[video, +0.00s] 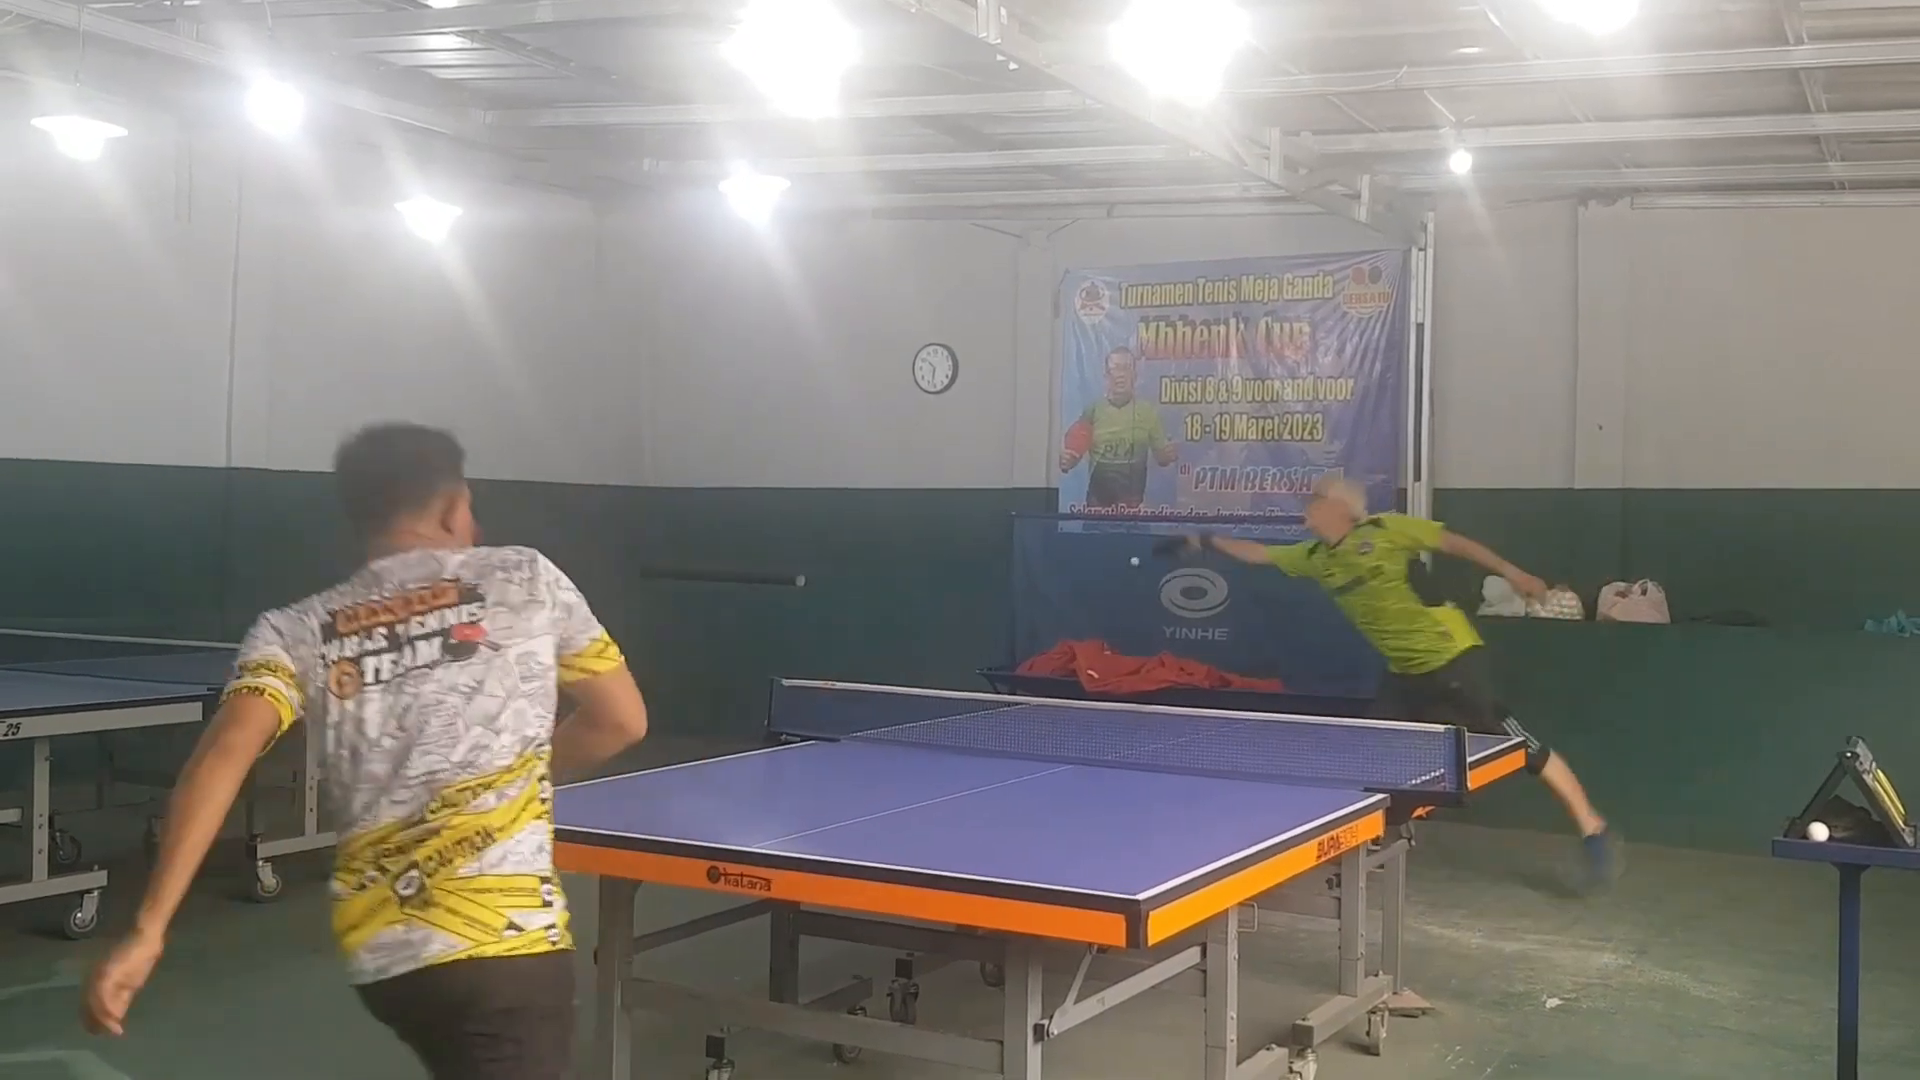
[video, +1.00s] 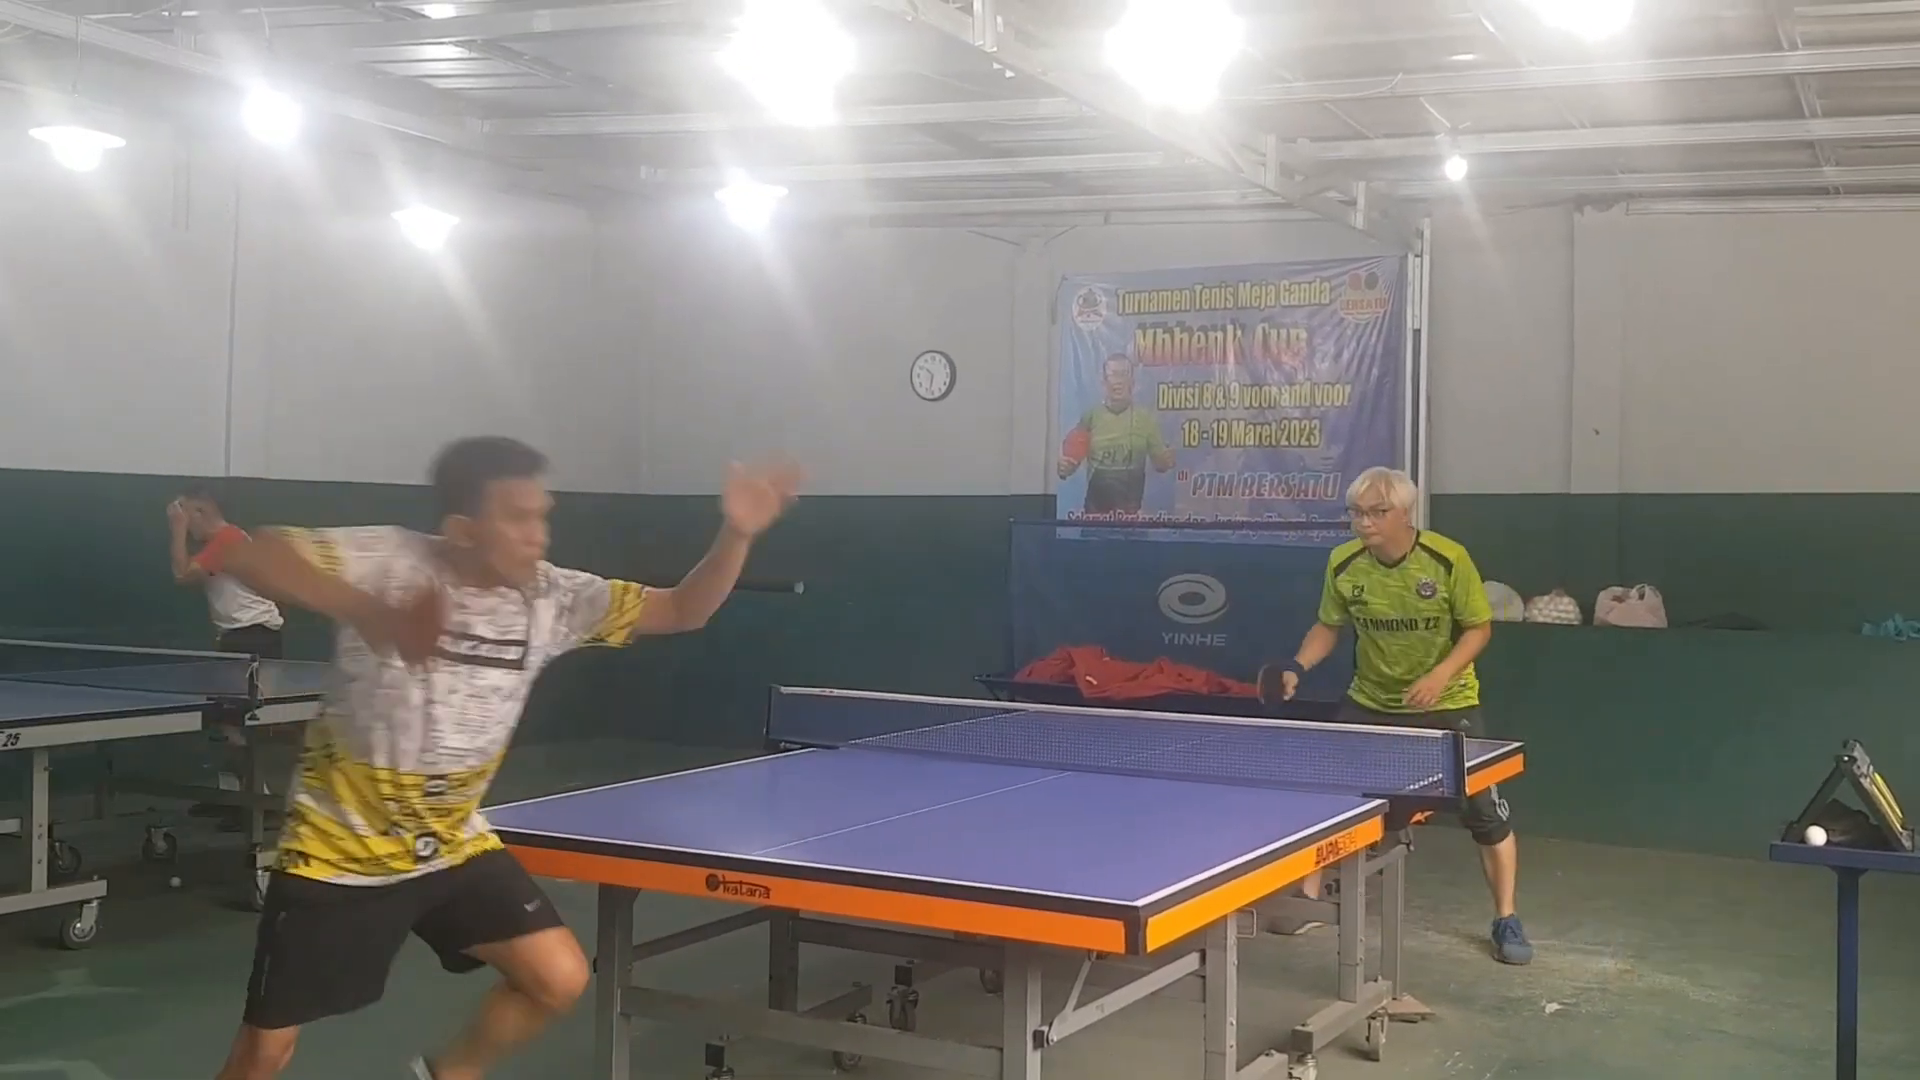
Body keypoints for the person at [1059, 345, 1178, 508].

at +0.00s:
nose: (1120, 375)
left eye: (1126, 369)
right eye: (1114, 369)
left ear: (1134, 374)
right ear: (1106, 374)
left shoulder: (1147, 412)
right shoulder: (1094, 411)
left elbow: (1161, 456)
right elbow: (1077, 445)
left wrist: (1168, 454)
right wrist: (1066, 460)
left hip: (1132, 498)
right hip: (1098, 499)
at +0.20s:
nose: (1121, 375)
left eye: (1126, 368)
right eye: (1115, 369)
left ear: (1135, 374)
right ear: (1107, 374)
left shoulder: (1148, 412)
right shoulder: (1094, 411)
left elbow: (1161, 456)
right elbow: (1078, 443)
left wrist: (1168, 454)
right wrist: (1068, 460)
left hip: (1133, 496)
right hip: (1099, 496)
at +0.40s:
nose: (1124, 376)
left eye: (1130, 369)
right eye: (1118, 369)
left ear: (1139, 374)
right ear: (1111, 375)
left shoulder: (1152, 412)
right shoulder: (1099, 410)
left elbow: (1166, 456)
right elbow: (1082, 445)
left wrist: (1173, 454)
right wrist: (1072, 460)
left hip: (1137, 496)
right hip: (1104, 496)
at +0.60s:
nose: (1116, 382)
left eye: (1122, 375)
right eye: (1110, 375)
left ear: (1131, 380)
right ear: (1103, 381)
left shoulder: (1143, 419)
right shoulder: (1091, 417)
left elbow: (1158, 462)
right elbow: (1073, 451)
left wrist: (1165, 460)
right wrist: (1063, 466)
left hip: (1129, 502)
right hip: (1096, 502)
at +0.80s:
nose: (1116, 381)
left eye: (1122, 374)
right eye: (1110, 375)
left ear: (1131, 380)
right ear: (1102, 380)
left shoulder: (1143, 418)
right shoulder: (1091, 417)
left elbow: (1158, 461)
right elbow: (1073, 450)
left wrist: (1165, 459)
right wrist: (1064, 466)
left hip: (1129, 503)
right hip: (1096, 503)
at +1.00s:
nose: (1117, 383)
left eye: (1122, 375)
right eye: (1111, 376)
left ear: (1132, 381)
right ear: (1103, 381)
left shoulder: (1144, 419)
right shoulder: (1092, 417)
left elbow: (1159, 462)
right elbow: (1074, 451)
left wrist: (1166, 459)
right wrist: (1065, 467)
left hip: (1130, 503)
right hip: (1096, 503)